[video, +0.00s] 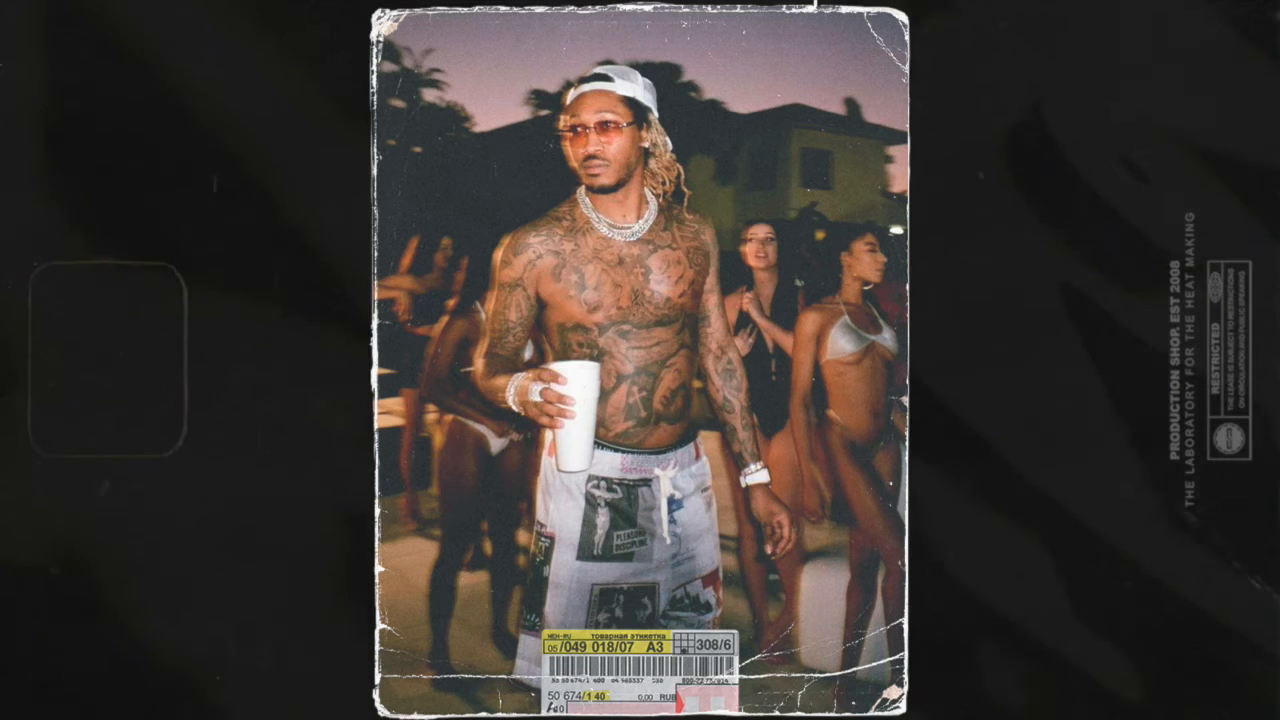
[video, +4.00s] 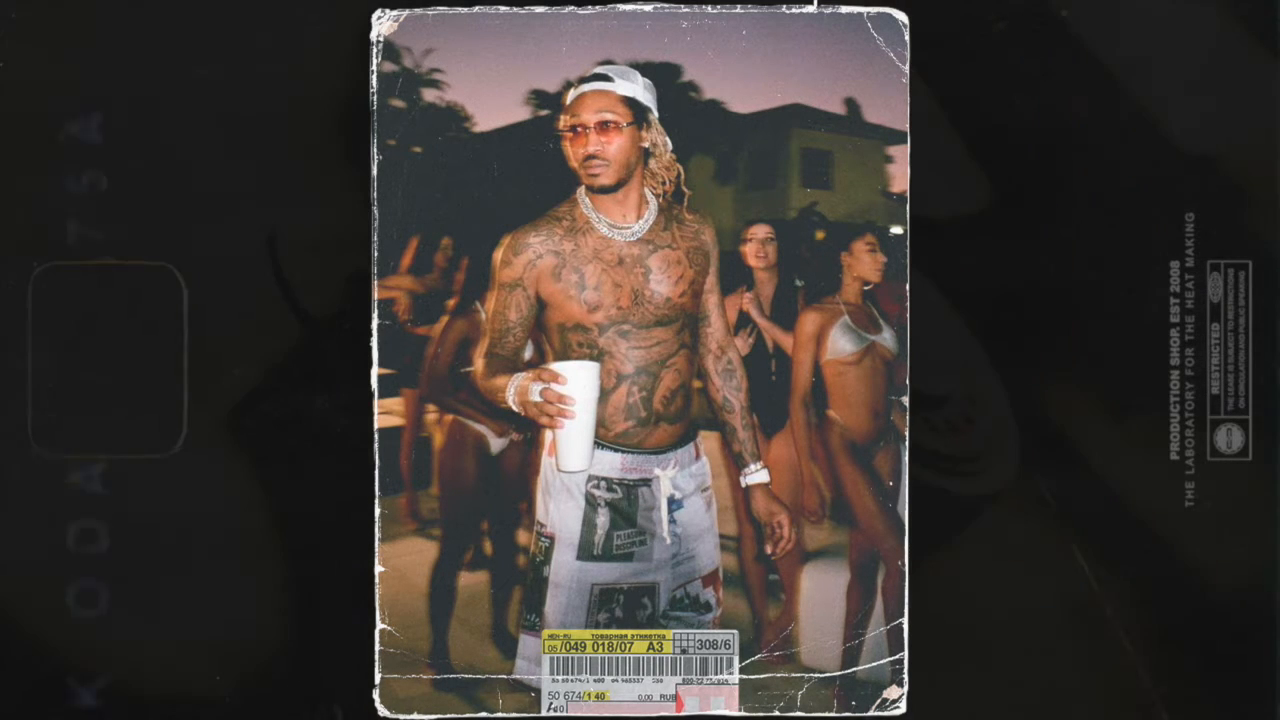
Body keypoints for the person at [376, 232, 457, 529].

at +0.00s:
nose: (446, 253)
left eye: (451, 248)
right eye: (442, 247)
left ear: (455, 252)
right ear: (431, 250)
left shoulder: (457, 274)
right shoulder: (416, 277)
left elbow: (461, 303)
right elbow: (398, 283)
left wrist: (436, 327)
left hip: (445, 346)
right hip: (416, 345)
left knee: (450, 425)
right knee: (413, 426)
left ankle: (453, 498)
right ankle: (410, 500)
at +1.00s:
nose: (446, 254)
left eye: (450, 249)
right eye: (442, 247)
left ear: (456, 254)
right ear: (431, 250)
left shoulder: (456, 280)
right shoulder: (415, 282)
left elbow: (461, 313)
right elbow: (393, 285)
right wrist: (404, 294)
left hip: (445, 351)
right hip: (416, 349)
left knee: (449, 427)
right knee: (412, 428)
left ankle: (452, 499)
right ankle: (410, 502)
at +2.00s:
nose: (446, 254)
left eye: (451, 249)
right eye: (442, 248)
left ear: (456, 254)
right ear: (431, 250)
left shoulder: (456, 278)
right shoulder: (416, 280)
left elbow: (463, 305)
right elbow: (395, 284)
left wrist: (437, 326)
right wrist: (404, 295)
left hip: (446, 346)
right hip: (417, 344)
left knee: (451, 425)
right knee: (413, 427)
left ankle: (454, 499)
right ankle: (410, 502)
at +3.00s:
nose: (445, 254)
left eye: (450, 249)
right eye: (442, 247)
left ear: (456, 253)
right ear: (432, 249)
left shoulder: (459, 273)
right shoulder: (419, 244)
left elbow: (461, 303)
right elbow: (398, 283)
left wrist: (436, 327)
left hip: (446, 346)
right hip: (417, 344)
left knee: (450, 426)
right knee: (413, 427)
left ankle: (454, 500)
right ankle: (410, 504)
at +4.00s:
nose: (445, 254)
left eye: (450, 249)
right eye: (441, 248)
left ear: (455, 254)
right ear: (431, 250)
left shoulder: (458, 275)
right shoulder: (415, 282)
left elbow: (461, 302)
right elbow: (397, 283)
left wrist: (437, 327)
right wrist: (404, 300)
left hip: (445, 349)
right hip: (417, 346)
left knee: (449, 427)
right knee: (412, 428)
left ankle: (451, 499)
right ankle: (410, 502)